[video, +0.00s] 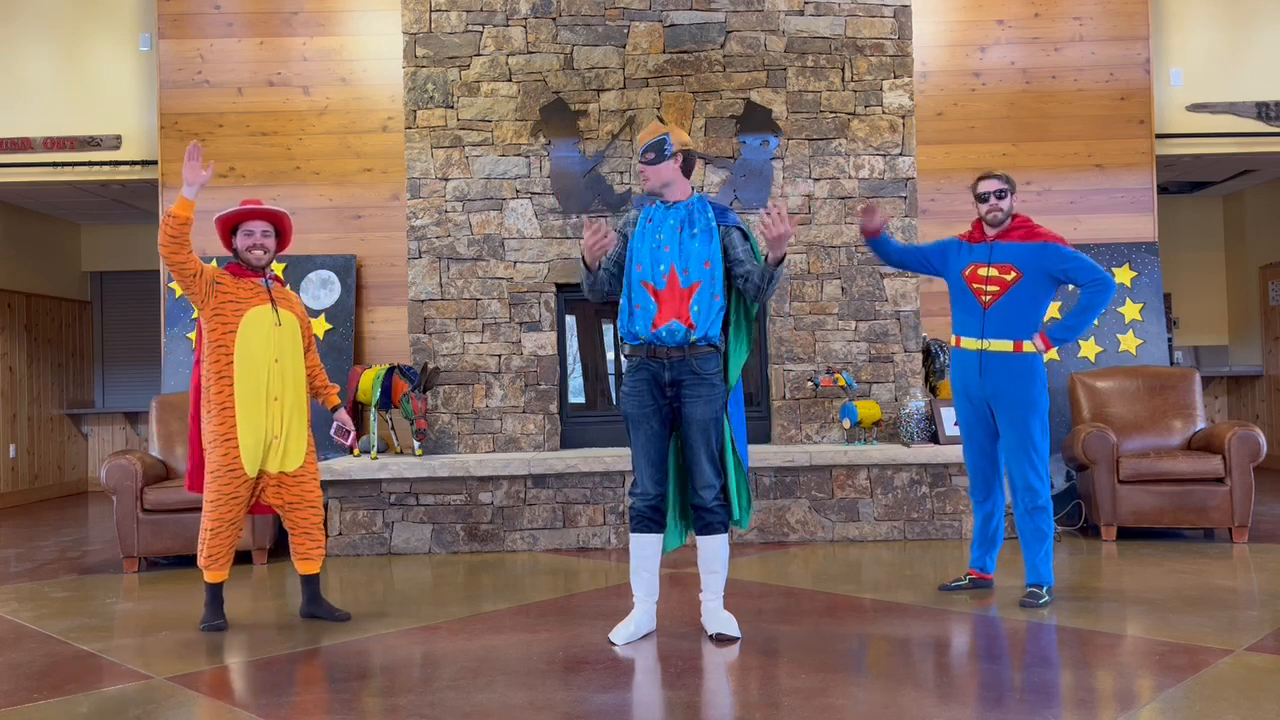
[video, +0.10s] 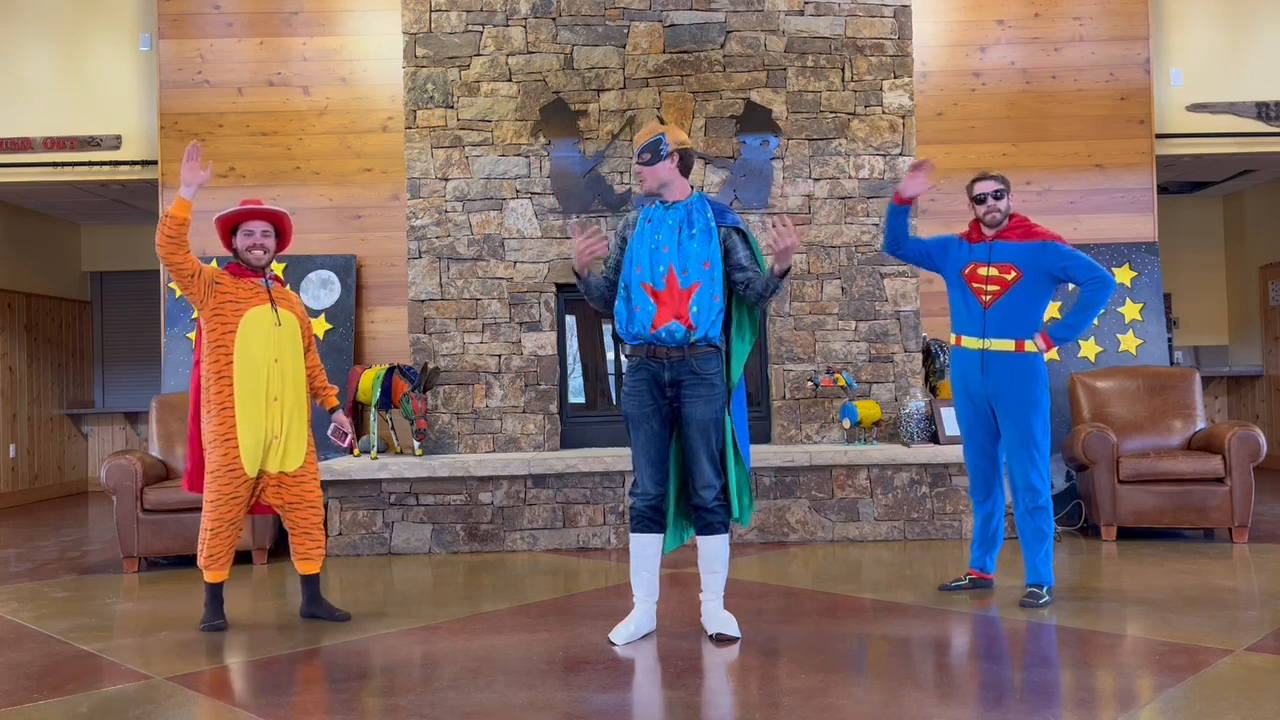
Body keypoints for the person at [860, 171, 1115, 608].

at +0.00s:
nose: (992, 203)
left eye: (1000, 195)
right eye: (984, 197)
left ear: (1014, 199)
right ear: (975, 205)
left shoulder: (1041, 247)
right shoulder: (955, 250)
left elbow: (1101, 284)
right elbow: (904, 256)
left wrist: (1054, 336)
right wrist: (875, 236)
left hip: (1019, 376)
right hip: (968, 376)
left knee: (1028, 481)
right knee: (981, 479)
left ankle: (1039, 580)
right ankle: (981, 572)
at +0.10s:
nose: (990, 203)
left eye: (997, 195)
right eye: (980, 198)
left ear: (1010, 199)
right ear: (970, 205)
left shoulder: (1039, 246)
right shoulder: (953, 249)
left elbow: (1100, 282)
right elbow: (898, 246)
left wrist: (1056, 334)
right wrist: (902, 201)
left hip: (1020, 375)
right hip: (968, 376)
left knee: (1029, 479)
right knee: (983, 478)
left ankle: (1039, 581)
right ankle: (981, 571)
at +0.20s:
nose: (989, 204)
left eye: (996, 196)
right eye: (980, 199)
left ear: (1010, 199)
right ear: (971, 207)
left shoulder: (1039, 246)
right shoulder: (953, 249)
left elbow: (1101, 283)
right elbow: (899, 240)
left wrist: (1056, 335)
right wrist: (916, 193)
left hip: (1020, 373)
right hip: (967, 373)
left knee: (1029, 479)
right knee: (983, 477)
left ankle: (1039, 581)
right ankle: (981, 571)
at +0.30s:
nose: (990, 204)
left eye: (997, 195)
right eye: (981, 198)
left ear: (1010, 199)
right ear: (971, 207)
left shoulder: (1040, 247)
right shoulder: (953, 248)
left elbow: (1101, 283)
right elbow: (899, 238)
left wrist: (1056, 335)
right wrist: (917, 192)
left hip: (1020, 373)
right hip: (967, 373)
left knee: (1029, 479)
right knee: (982, 477)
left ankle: (1039, 581)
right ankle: (981, 571)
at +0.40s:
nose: (990, 203)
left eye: (997, 195)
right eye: (981, 198)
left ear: (1011, 200)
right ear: (971, 207)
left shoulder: (1040, 247)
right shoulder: (953, 248)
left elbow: (1101, 284)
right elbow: (899, 236)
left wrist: (1056, 335)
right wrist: (917, 192)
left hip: (1020, 373)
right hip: (967, 373)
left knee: (1029, 479)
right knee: (982, 477)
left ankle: (1039, 581)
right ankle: (981, 571)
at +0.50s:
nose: (993, 205)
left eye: (1000, 196)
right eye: (984, 199)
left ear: (1012, 200)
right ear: (973, 208)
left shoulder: (1042, 248)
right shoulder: (954, 248)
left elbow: (1101, 283)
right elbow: (901, 236)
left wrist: (1055, 335)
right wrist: (912, 190)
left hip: (1020, 372)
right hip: (966, 372)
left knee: (1029, 479)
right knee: (982, 477)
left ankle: (1039, 581)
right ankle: (982, 571)